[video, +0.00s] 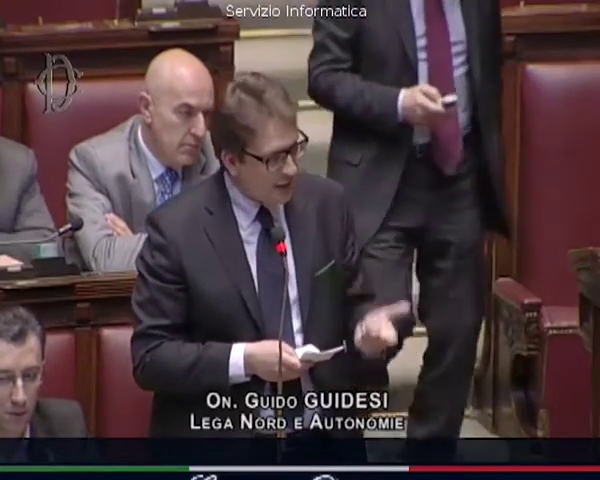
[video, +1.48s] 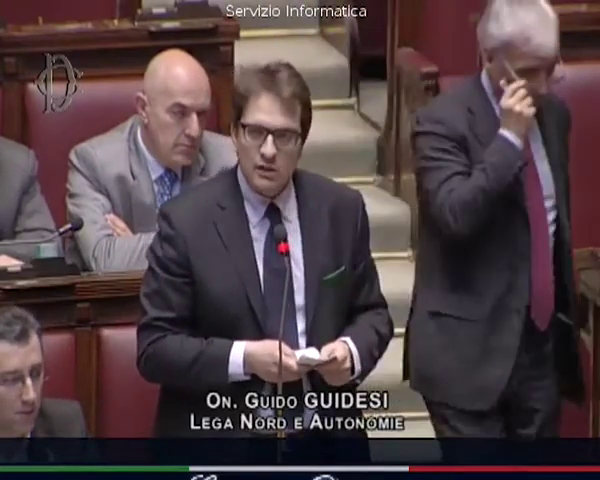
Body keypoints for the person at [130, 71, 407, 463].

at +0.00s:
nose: (291, 168)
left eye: (295, 150)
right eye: (274, 159)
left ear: (301, 136)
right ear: (231, 160)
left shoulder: (328, 201)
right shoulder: (174, 227)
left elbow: (357, 305)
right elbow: (150, 358)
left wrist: (372, 332)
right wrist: (244, 359)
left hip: (323, 437)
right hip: (218, 444)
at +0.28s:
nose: (292, 165)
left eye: (296, 146)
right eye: (275, 155)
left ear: (303, 135)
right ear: (232, 157)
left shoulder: (331, 202)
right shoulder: (176, 226)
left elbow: (363, 295)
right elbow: (151, 358)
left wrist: (369, 330)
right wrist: (241, 361)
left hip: (321, 433)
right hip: (217, 443)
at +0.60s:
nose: (280, 159)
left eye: (290, 142)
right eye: (264, 145)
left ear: (301, 136)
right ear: (230, 146)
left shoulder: (331, 204)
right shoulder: (179, 224)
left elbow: (358, 301)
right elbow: (153, 357)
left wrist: (351, 340)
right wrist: (247, 360)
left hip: (322, 441)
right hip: (220, 447)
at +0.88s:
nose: (273, 152)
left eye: (286, 137)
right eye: (258, 137)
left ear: (300, 136)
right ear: (230, 138)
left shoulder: (335, 206)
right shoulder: (180, 222)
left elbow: (365, 307)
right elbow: (153, 353)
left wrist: (353, 344)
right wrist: (245, 357)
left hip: (322, 435)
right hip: (219, 441)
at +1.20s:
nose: (268, 150)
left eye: (283, 135)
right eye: (254, 132)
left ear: (301, 138)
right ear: (233, 133)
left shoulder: (339, 208)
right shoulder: (182, 220)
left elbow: (370, 310)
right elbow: (152, 349)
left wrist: (351, 349)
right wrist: (242, 357)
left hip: (321, 437)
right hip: (215, 440)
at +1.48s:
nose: (269, 151)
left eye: (284, 136)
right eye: (255, 132)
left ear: (303, 139)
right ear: (234, 133)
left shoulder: (343, 208)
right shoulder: (185, 219)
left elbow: (373, 313)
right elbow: (155, 349)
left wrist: (351, 352)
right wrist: (244, 357)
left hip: (324, 439)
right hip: (218, 441)